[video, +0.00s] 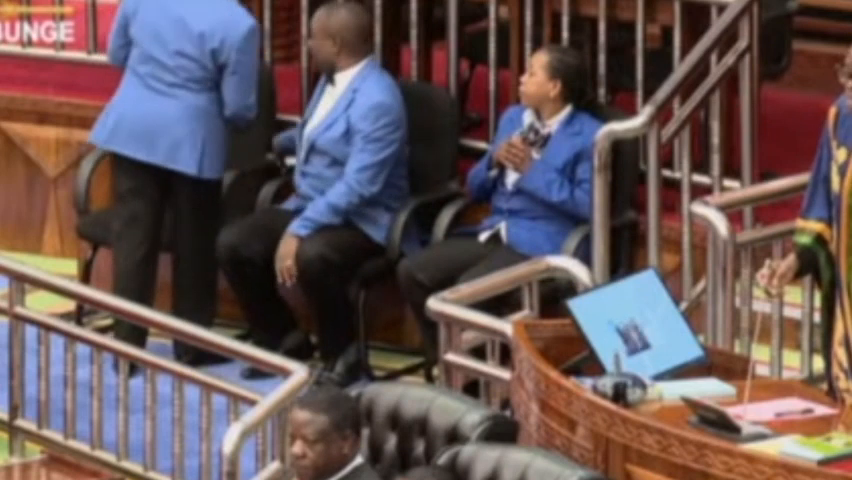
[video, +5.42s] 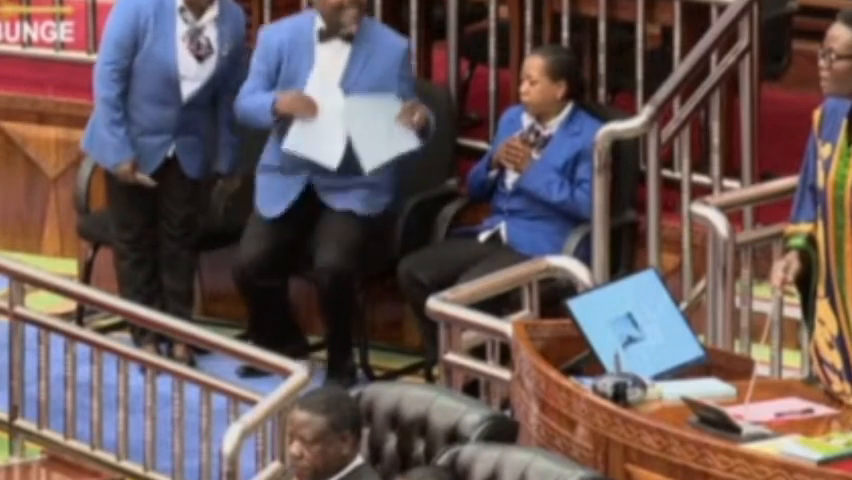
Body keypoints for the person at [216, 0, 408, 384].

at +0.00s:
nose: (309, 47)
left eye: (313, 39)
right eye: (310, 39)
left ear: (336, 43)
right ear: (342, 43)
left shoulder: (377, 97)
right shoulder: (330, 83)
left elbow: (361, 184)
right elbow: (320, 137)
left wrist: (298, 231)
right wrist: (281, 144)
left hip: (365, 219)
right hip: (312, 205)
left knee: (315, 258)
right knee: (235, 244)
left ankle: (342, 358)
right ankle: (282, 341)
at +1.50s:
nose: (354, 46)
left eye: (363, 36)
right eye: (343, 37)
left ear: (375, 41)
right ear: (325, 43)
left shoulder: (400, 98)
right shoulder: (307, 86)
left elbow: (403, 177)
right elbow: (302, 147)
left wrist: (329, 179)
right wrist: (279, 156)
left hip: (365, 216)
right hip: (304, 208)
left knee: (311, 253)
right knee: (240, 247)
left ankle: (336, 354)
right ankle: (281, 342)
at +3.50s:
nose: (374, 50)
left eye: (380, 41)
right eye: (363, 41)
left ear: (390, 45)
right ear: (340, 48)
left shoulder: (411, 103)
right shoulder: (308, 89)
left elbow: (410, 181)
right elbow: (286, 148)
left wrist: (340, 181)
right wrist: (297, 170)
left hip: (366, 219)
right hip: (302, 211)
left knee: (317, 257)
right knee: (235, 248)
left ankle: (340, 357)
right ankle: (282, 344)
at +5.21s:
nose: (331, 47)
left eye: (337, 36)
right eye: (319, 39)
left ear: (347, 36)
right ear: (297, 43)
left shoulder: (377, 89)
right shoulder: (262, 78)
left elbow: (399, 152)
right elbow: (232, 136)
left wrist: (390, 167)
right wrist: (252, 146)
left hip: (347, 204)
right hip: (282, 200)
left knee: (325, 264)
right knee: (238, 266)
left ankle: (337, 364)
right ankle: (281, 351)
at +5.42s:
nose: (354, 9)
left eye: (359, 3)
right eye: (344, 3)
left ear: (366, 4)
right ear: (317, 5)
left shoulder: (392, 48)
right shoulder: (278, 37)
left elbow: (406, 126)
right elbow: (245, 104)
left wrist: (418, 120)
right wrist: (277, 104)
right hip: (288, 179)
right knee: (253, 264)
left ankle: (340, 365)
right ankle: (282, 350)